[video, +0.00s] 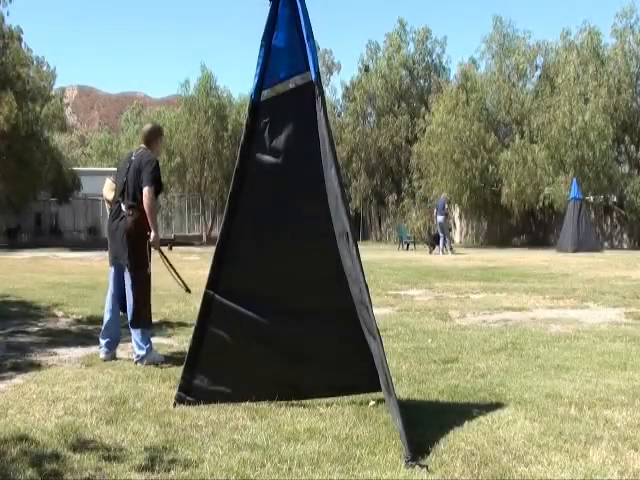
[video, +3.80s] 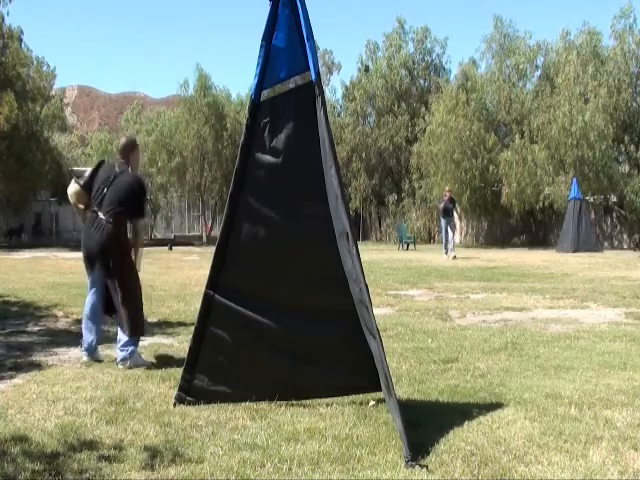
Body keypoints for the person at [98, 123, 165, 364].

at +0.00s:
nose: (162, 145)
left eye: (161, 141)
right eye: (162, 141)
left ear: (143, 139)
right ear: (157, 141)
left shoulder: (129, 158)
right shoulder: (149, 160)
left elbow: (111, 191)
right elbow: (148, 197)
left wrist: (117, 217)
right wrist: (154, 230)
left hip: (116, 222)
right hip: (133, 225)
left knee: (115, 289)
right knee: (138, 289)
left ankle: (107, 346)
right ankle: (143, 350)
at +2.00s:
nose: (145, 135)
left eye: (143, 132)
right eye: (144, 132)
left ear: (125, 135)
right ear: (140, 133)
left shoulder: (113, 160)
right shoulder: (144, 155)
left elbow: (99, 197)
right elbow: (149, 193)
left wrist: (105, 228)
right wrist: (156, 227)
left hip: (112, 230)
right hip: (134, 230)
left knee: (109, 294)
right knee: (138, 293)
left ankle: (102, 349)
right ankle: (144, 351)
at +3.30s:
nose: (140, 140)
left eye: (138, 136)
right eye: (139, 136)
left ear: (120, 138)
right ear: (135, 137)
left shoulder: (110, 160)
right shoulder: (134, 156)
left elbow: (101, 194)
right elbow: (148, 181)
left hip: (106, 223)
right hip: (124, 225)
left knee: (107, 288)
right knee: (132, 288)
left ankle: (96, 346)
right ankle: (144, 351)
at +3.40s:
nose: (140, 138)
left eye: (138, 135)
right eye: (139, 134)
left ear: (119, 138)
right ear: (134, 136)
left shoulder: (112, 160)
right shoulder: (128, 152)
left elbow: (110, 200)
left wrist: (140, 214)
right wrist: (167, 149)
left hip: (100, 236)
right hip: (119, 237)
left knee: (104, 292)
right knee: (138, 289)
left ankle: (95, 347)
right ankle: (143, 350)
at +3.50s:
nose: (144, 140)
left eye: (143, 137)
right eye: (142, 136)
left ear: (123, 138)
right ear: (135, 138)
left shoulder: (110, 163)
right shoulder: (129, 156)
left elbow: (94, 186)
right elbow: (143, 136)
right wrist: (163, 119)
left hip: (98, 238)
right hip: (118, 238)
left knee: (100, 296)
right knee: (133, 292)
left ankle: (95, 347)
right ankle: (130, 349)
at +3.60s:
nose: (144, 151)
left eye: (141, 148)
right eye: (143, 148)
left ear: (123, 148)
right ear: (139, 149)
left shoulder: (112, 164)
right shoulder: (141, 168)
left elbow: (90, 184)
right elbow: (167, 181)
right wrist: (177, 156)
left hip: (92, 224)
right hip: (111, 229)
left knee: (94, 285)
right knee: (122, 284)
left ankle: (94, 346)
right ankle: (126, 350)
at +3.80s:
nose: (140, 158)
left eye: (138, 154)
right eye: (139, 154)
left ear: (119, 154)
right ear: (133, 155)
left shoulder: (102, 168)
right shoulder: (135, 182)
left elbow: (75, 193)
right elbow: (137, 224)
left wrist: (88, 219)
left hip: (90, 230)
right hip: (112, 236)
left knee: (95, 289)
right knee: (127, 290)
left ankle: (89, 346)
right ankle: (127, 351)